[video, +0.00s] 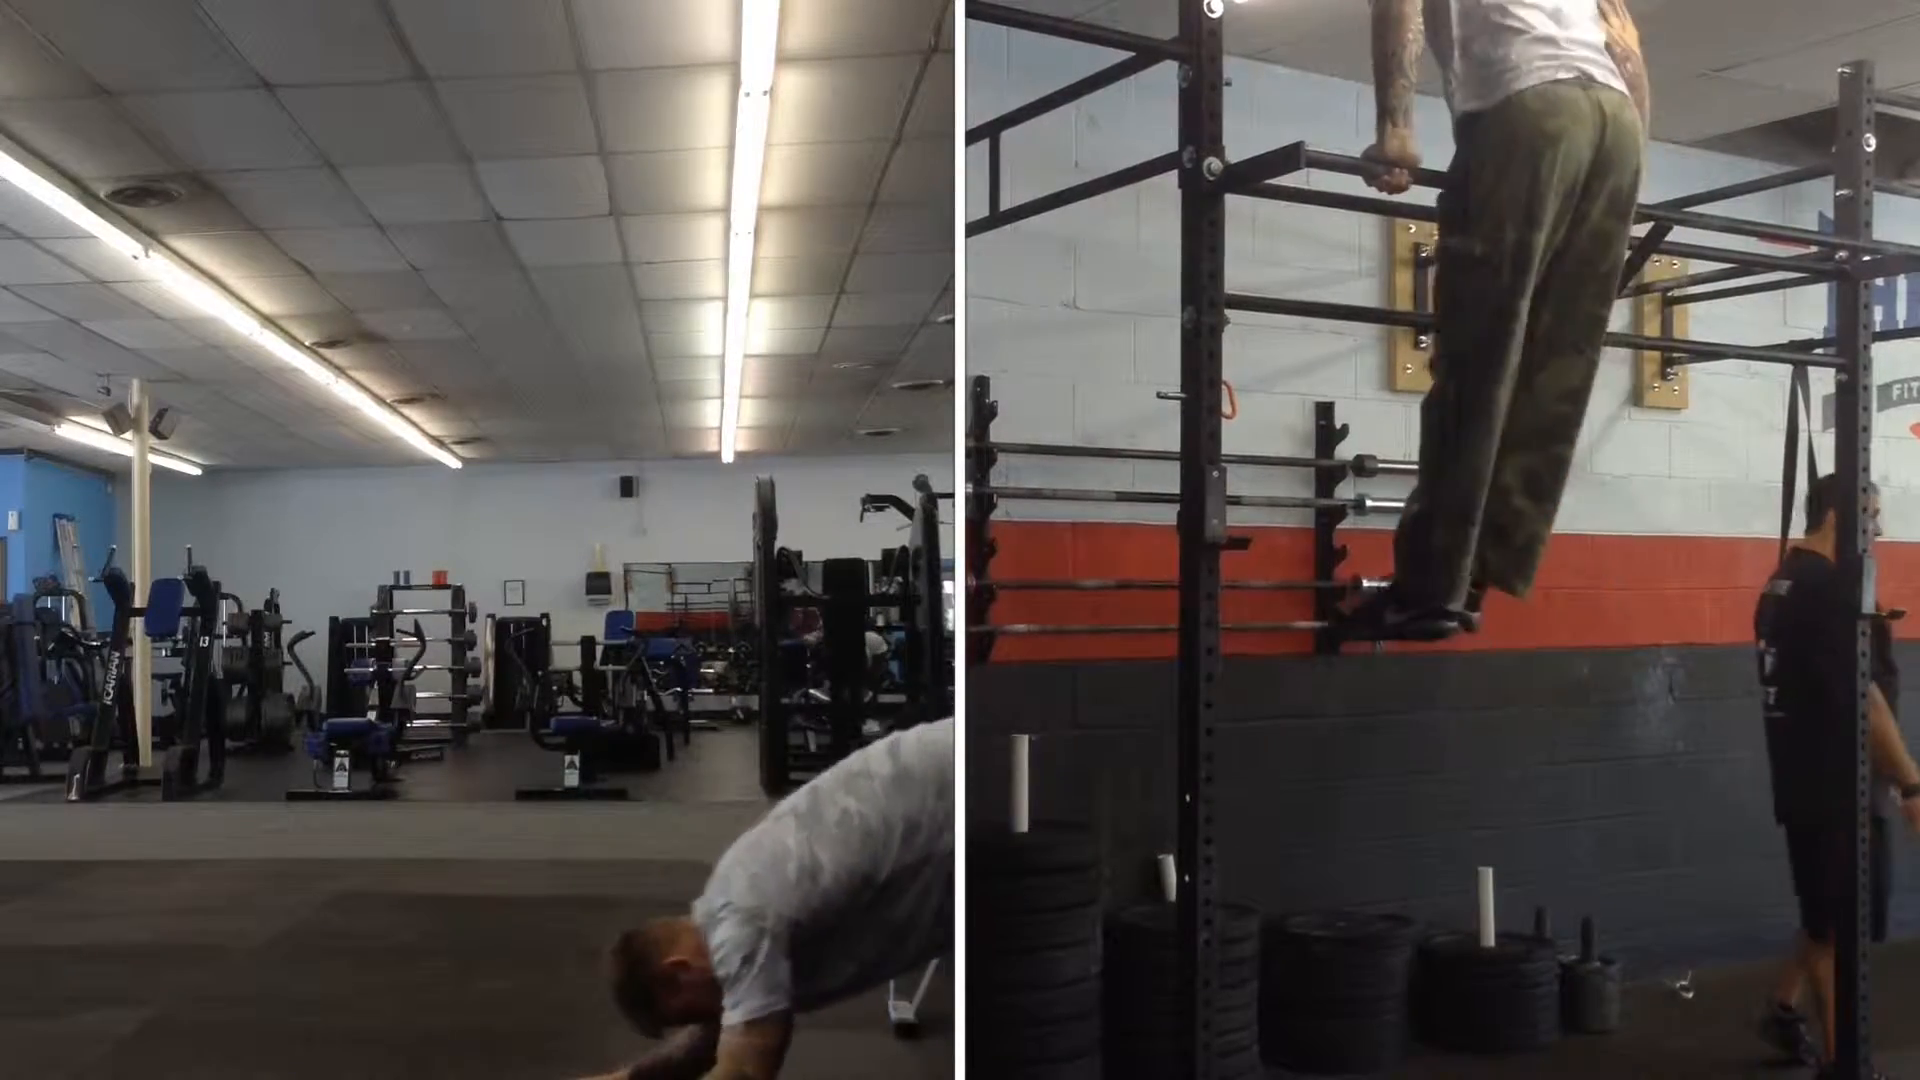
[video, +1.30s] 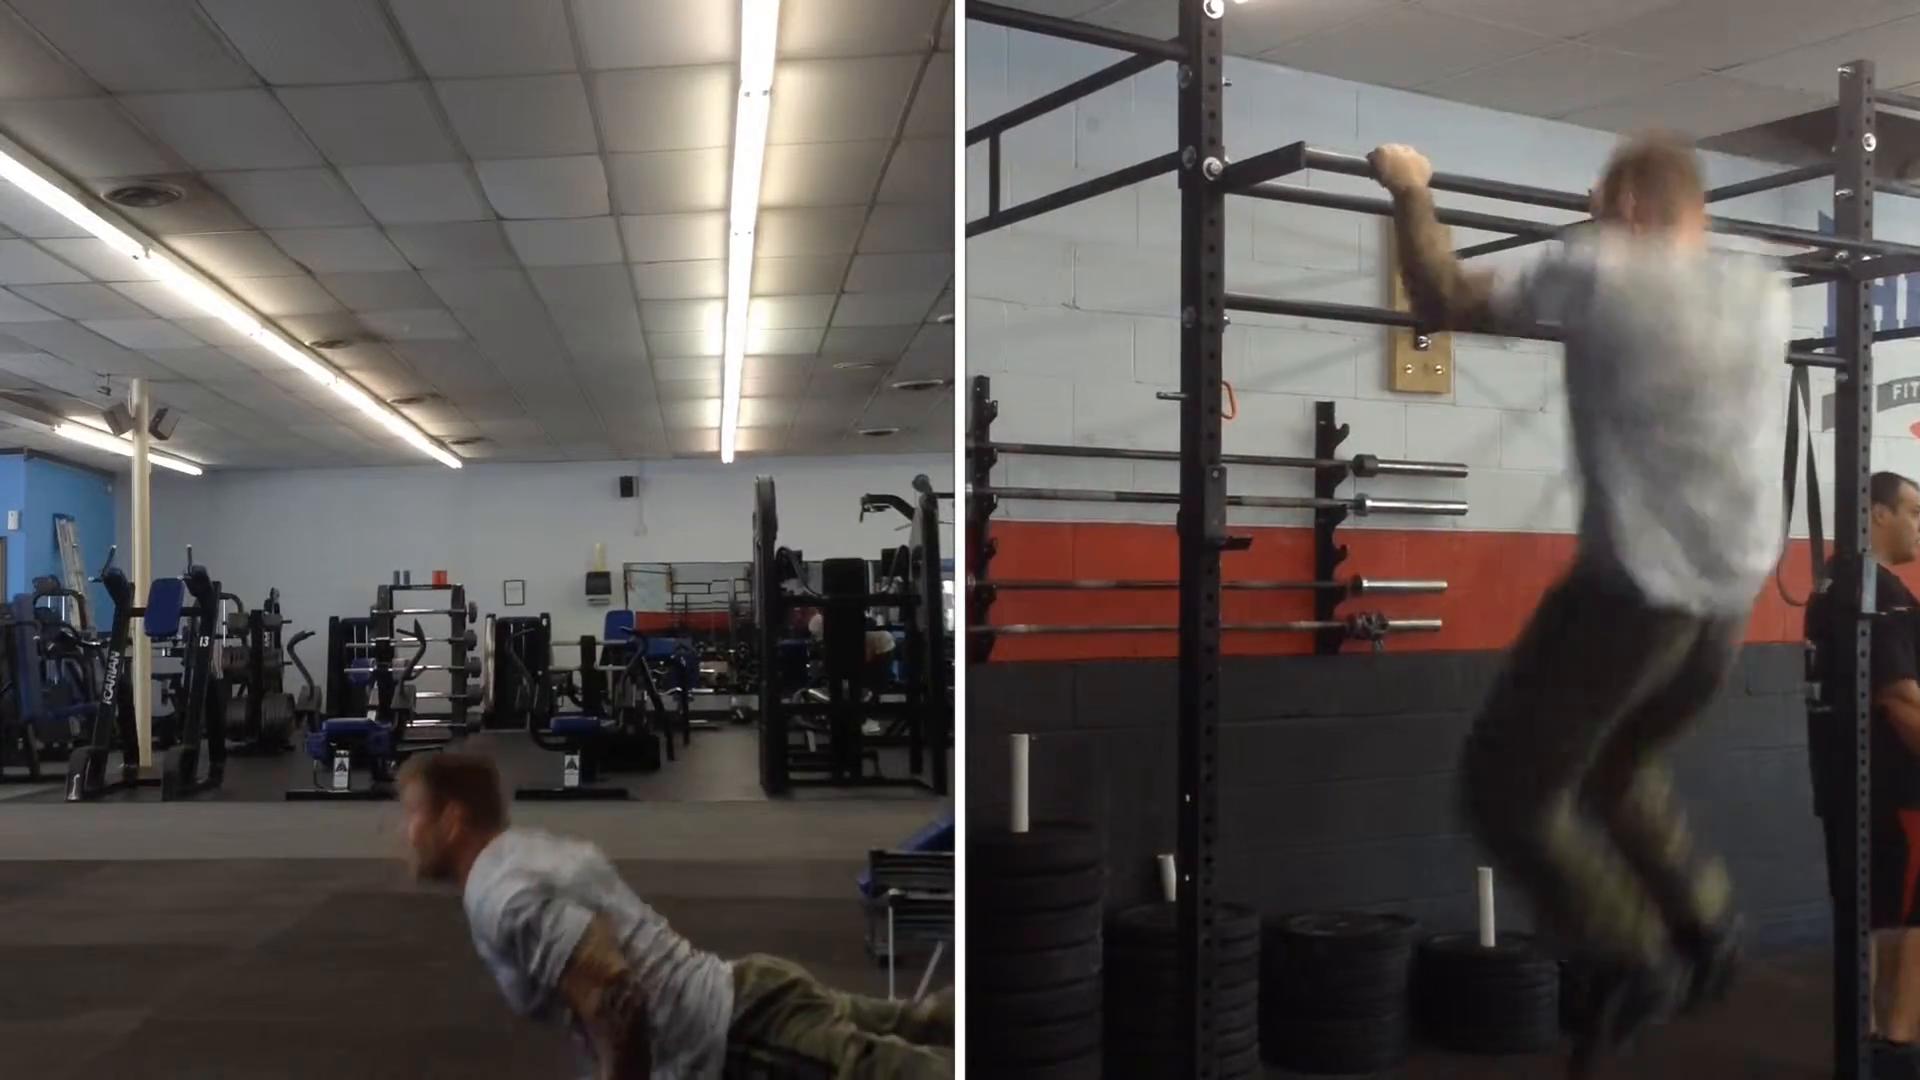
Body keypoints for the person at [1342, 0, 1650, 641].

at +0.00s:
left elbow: (1399, 11)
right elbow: (1626, 44)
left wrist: (1395, 124)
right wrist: (1631, 155)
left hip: (1525, 108)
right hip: (1618, 116)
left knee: (1476, 353)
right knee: (1558, 363)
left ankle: (1428, 589)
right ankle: (1470, 584)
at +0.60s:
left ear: (1414, 18)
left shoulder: (1418, 15)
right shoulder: (1550, 9)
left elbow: (1387, 3)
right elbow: (1648, 50)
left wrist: (1395, 126)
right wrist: (1629, 178)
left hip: (1533, 208)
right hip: (1621, 209)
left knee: (1511, 463)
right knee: (1596, 461)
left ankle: (1490, 701)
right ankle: (1555, 690)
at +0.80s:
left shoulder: (1462, 5)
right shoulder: (1599, 7)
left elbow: (1416, 12)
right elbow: (1688, 52)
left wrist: (1400, 132)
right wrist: (1627, 176)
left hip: (1536, 217)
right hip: (1630, 223)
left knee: (1503, 469)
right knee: (1603, 465)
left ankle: (1571, 696)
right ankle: (1692, 655)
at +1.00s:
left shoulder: (1547, 7)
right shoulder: (1707, 11)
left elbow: (1491, 112)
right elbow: (1757, 148)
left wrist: (1407, 151)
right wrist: (1666, 165)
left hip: (1619, 255)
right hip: (1715, 259)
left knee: (1526, 489)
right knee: (1635, 473)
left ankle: (1657, 640)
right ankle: (1760, 581)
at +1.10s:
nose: (1556, 16)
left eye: (1558, 10)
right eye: (1558, 12)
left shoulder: (1590, 33)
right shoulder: (1763, 62)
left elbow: (1495, 190)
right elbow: (1742, 197)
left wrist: (1416, 165)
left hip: (1658, 343)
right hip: (1757, 351)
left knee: (1536, 556)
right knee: (1649, 544)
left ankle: (1674, 713)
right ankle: (1766, 662)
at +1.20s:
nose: (1604, 103)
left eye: (1604, 91)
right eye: (1609, 93)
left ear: (1622, 81)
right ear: (1698, 77)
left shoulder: (1603, 151)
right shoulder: (1775, 159)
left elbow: (1473, 255)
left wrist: (1416, 185)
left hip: (1660, 475)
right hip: (1761, 483)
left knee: (1534, 661)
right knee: (1643, 648)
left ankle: (1661, 830)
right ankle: (1748, 784)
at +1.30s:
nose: (1600, 215)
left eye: (1605, 202)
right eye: (1607, 202)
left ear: (1619, 202)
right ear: (1700, 212)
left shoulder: (1593, 269)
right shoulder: (1762, 289)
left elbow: (1440, 299)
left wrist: (1412, 190)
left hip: (1626, 601)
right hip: (1721, 616)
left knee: (1509, 789)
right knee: (1618, 772)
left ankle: (1631, 964)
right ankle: (1707, 928)